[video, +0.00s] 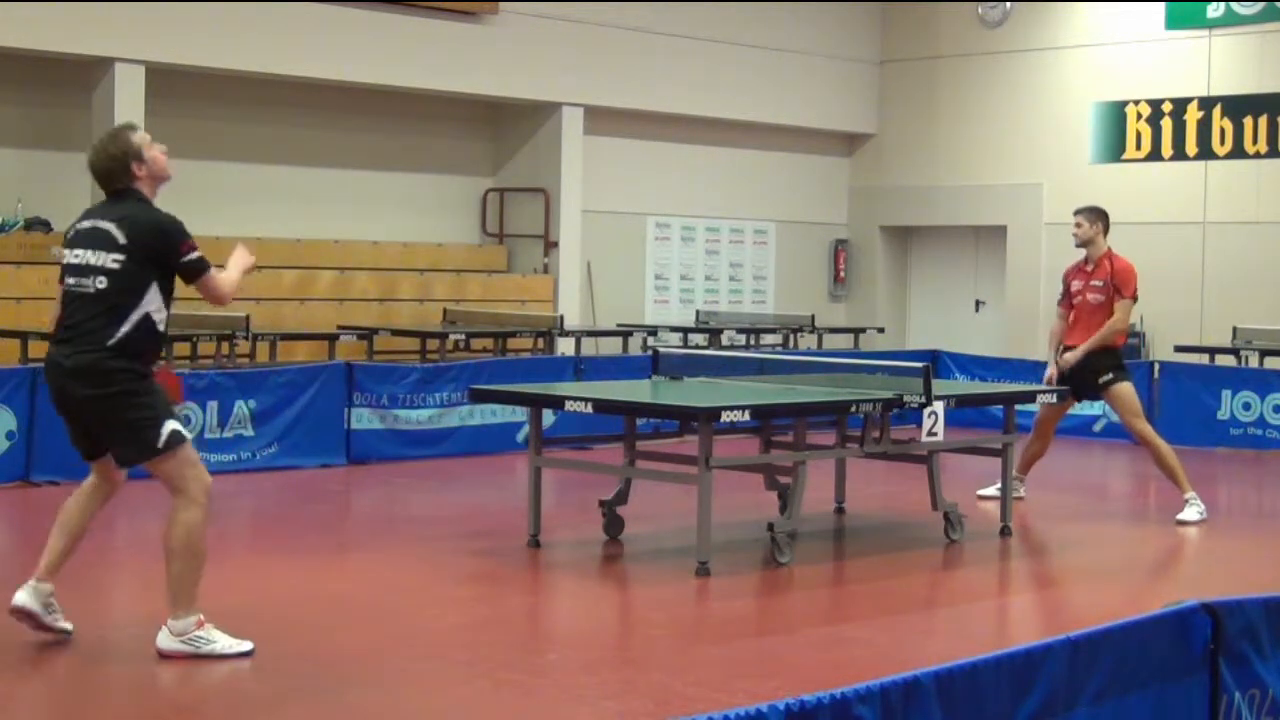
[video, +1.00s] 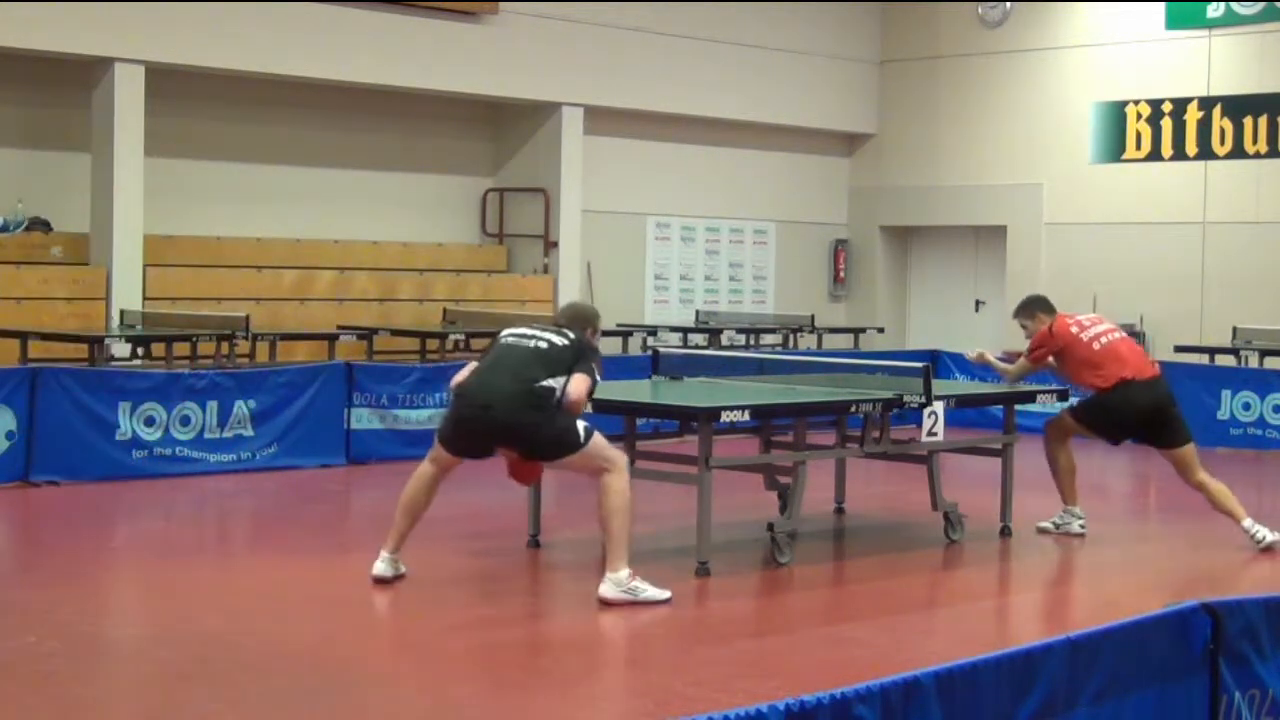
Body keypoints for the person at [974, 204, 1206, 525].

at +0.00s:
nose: (1073, 231)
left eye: (1079, 226)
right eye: (1073, 226)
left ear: (1098, 229)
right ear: (1087, 230)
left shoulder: (1121, 269)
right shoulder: (1072, 272)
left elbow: (1120, 323)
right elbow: (1061, 319)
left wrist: (1079, 352)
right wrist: (1051, 361)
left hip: (1104, 356)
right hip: (1070, 356)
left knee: (1138, 426)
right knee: (1043, 422)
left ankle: (1191, 498)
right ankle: (1016, 481)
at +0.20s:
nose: (1075, 230)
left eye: (1081, 225)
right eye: (1073, 226)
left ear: (1099, 228)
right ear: (1074, 231)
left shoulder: (1118, 269)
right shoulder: (1068, 272)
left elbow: (1115, 325)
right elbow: (1062, 319)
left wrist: (1075, 356)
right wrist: (1048, 357)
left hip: (1104, 356)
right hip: (1070, 356)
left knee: (1139, 427)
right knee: (1038, 422)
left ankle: (1191, 498)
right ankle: (1015, 481)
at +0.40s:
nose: (1054, 262)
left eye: (1052, 254)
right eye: (1050, 256)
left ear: (1063, 243)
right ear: (1075, 237)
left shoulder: (1076, 265)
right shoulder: (1121, 249)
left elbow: (1057, 328)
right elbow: (1125, 292)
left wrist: (1033, 359)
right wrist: (1090, 311)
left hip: (1126, 349)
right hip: (1164, 344)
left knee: (1083, 427)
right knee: (1168, 437)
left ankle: (1074, 514)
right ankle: (1185, 519)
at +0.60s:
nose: (1032, 296)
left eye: (1030, 288)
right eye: (1028, 291)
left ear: (1041, 277)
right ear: (1053, 271)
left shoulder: (1055, 293)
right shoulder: (1092, 276)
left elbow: (1031, 353)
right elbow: (1097, 317)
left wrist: (1007, 373)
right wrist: (1064, 335)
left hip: (1121, 359)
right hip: (1159, 351)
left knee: (1073, 427)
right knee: (1186, 441)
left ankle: (1073, 514)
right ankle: (1229, 514)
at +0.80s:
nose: (1028, 323)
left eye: (1028, 317)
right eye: (1025, 319)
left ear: (1040, 307)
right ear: (1051, 299)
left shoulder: (1052, 323)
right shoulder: (1086, 306)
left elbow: (1017, 370)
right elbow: (1072, 355)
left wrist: (994, 367)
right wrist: (1031, 352)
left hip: (1125, 382)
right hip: (1161, 375)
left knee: (1063, 429)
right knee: (1198, 462)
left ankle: (1072, 514)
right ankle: (1254, 523)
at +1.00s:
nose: (1027, 335)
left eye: (1027, 328)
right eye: (1025, 330)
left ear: (1039, 320)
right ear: (1053, 313)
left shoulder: (1049, 335)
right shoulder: (1087, 319)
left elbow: (1012, 374)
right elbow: (1059, 361)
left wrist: (989, 361)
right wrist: (1014, 357)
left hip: (1119, 399)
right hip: (1157, 391)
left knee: (1055, 430)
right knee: (1197, 475)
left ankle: (1071, 515)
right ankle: (1253, 528)